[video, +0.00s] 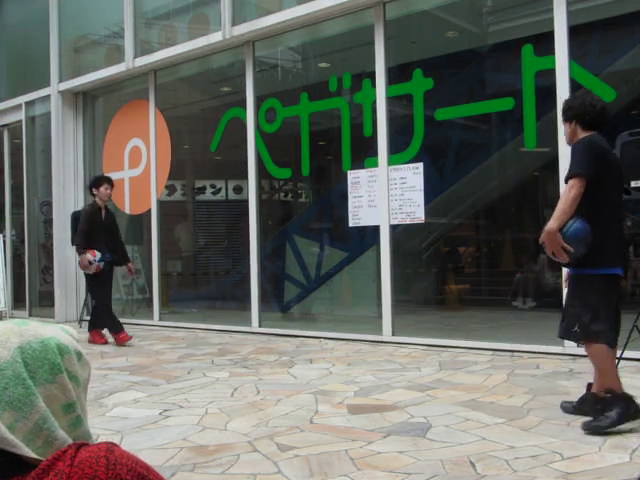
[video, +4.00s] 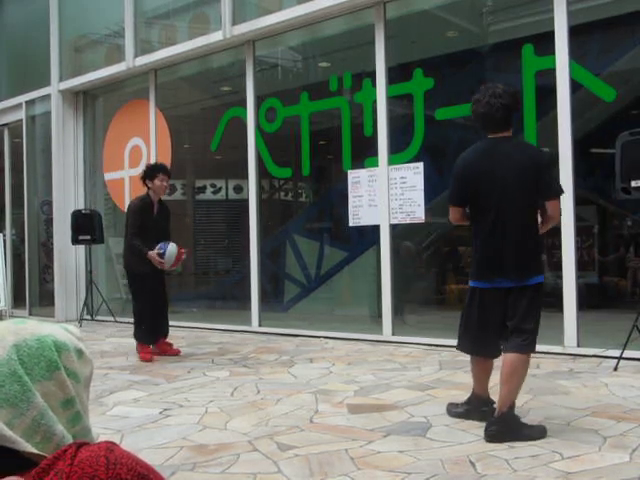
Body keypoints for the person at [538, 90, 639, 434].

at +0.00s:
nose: (564, 131)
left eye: (565, 125)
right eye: (564, 125)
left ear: (574, 123)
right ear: (595, 122)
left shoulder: (586, 147)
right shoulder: (603, 149)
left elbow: (576, 188)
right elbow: (602, 205)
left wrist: (551, 228)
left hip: (595, 259)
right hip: (601, 258)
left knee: (590, 328)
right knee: (594, 328)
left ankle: (619, 399)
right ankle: (599, 393)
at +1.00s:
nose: (602, 113)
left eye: (605, 107)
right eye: (602, 106)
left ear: (620, 108)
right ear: (620, 107)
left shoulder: (633, 146)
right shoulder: (622, 145)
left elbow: (629, 212)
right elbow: (623, 210)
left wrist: (619, 256)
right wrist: (614, 255)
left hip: (633, 258)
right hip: (623, 258)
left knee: (625, 332)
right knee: (620, 328)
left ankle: (610, 398)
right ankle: (608, 397)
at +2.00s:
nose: (545, 118)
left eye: (548, 112)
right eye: (546, 112)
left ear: (561, 115)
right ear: (568, 116)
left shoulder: (587, 147)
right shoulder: (565, 153)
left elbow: (599, 190)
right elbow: (554, 214)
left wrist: (597, 232)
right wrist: (537, 256)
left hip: (571, 259)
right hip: (554, 259)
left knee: (571, 328)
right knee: (557, 329)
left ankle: (591, 401)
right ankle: (584, 398)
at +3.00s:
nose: (456, 131)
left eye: (458, 125)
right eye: (457, 125)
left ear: (465, 129)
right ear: (491, 125)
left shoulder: (470, 164)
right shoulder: (511, 161)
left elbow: (455, 213)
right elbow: (517, 214)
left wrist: (430, 253)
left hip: (481, 267)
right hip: (513, 264)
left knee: (479, 333)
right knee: (514, 325)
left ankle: (480, 400)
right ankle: (554, 384)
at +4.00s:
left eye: (480, 115)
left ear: (479, 120)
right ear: (514, 116)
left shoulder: (468, 160)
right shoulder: (536, 158)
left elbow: (456, 216)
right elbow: (553, 214)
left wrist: (487, 217)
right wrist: (536, 229)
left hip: (486, 269)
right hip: (526, 267)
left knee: (481, 335)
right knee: (520, 339)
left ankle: (479, 400)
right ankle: (503, 418)